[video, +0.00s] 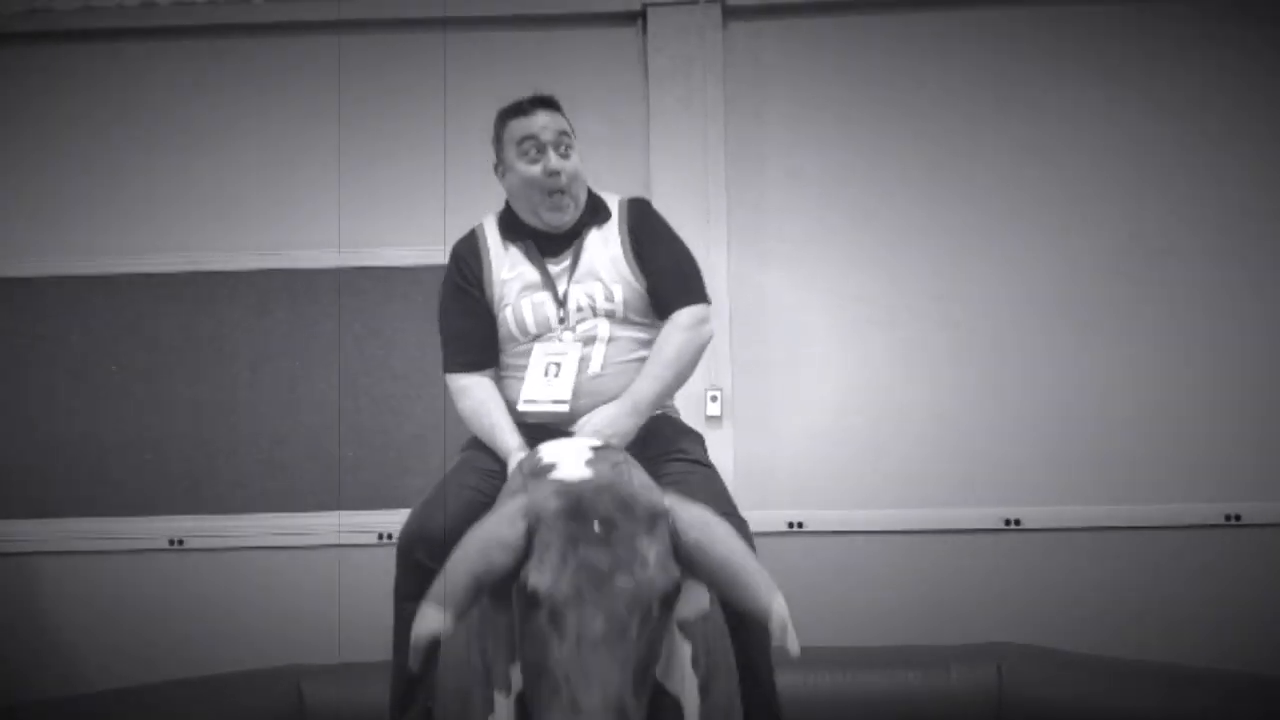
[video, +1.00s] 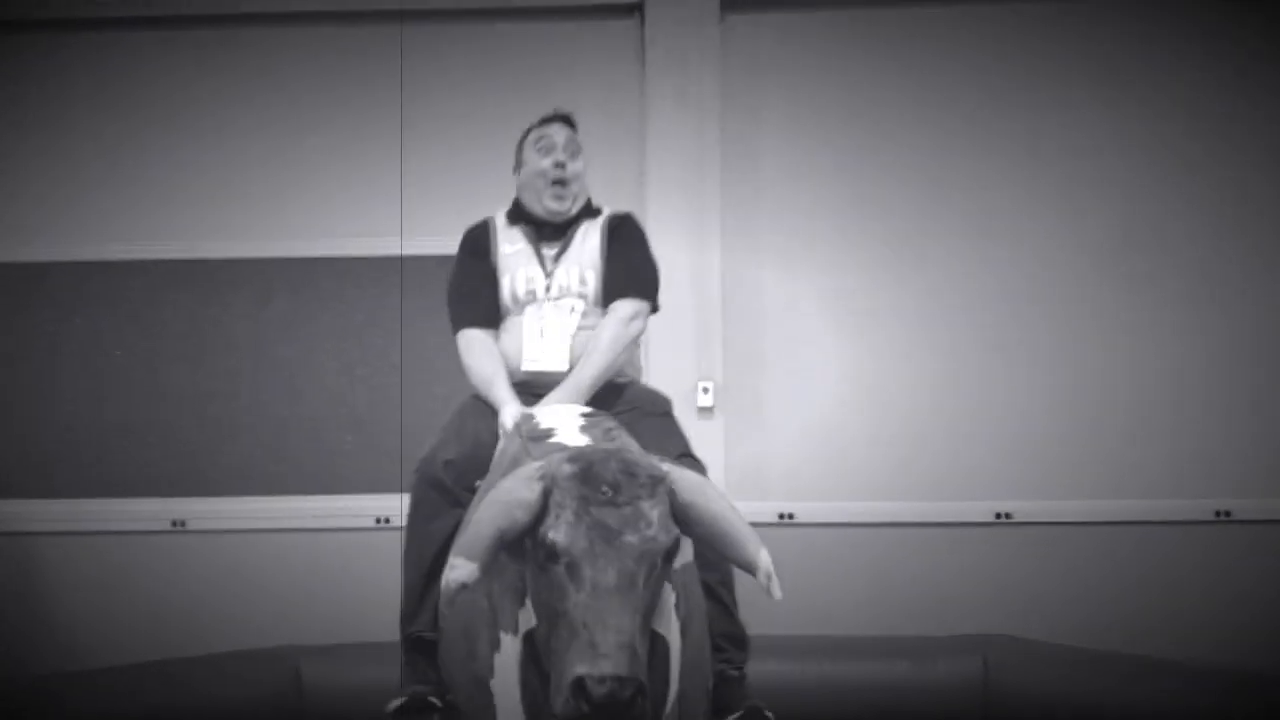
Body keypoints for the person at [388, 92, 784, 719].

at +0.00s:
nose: (553, 164)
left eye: (563, 146)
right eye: (531, 151)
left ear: (580, 156)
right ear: (502, 173)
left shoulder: (632, 221)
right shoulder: (476, 254)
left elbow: (693, 319)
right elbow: (467, 376)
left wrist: (631, 410)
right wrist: (514, 450)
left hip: (641, 428)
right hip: (522, 437)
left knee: (726, 545)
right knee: (424, 542)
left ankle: (758, 708)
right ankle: (411, 707)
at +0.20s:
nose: (572, 199)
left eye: (581, 182)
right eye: (552, 185)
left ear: (596, 191)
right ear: (521, 204)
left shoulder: (636, 252)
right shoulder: (489, 274)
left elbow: (677, 348)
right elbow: (470, 388)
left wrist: (592, 427)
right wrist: (524, 448)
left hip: (634, 432)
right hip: (524, 440)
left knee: (736, 537)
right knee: (431, 539)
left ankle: (757, 699)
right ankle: (418, 701)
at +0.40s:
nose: (572, 218)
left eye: (582, 204)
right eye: (554, 206)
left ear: (597, 214)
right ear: (527, 224)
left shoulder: (630, 270)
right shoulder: (495, 285)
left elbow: (659, 355)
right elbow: (477, 384)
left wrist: (593, 416)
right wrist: (520, 439)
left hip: (623, 426)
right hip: (525, 434)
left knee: (730, 519)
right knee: (437, 529)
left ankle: (741, 675)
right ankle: (424, 685)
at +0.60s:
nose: (572, 216)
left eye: (582, 206)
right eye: (556, 207)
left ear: (598, 225)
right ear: (531, 230)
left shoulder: (628, 273)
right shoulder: (504, 289)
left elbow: (650, 344)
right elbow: (485, 378)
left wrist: (593, 412)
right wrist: (523, 431)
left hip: (624, 422)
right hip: (534, 428)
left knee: (725, 510)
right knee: (447, 504)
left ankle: (740, 664)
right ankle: (425, 667)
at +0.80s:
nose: (565, 199)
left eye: (576, 191)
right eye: (549, 191)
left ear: (591, 213)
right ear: (525, 215)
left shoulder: (623, 263)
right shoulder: (495, 274)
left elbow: (632, 338)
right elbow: (483, 360)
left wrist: (576, 410)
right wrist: (513, 420)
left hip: (613, 410)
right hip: (518, 415)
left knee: (698, 498)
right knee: (440, 481)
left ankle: (727, 669)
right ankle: (421, 671)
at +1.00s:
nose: (561, 164)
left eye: (572, 153)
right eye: (545, 153)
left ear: (586, 170)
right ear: (517, 172)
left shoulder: (617, 230)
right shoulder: (485, 239)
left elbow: (628, 318)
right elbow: (474, 336)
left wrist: (567, 399)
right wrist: (509, 405)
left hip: (607, 390)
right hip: (510, 396)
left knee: (695, 498)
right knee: (438, 479)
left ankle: (728, 682)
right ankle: (421, 675)